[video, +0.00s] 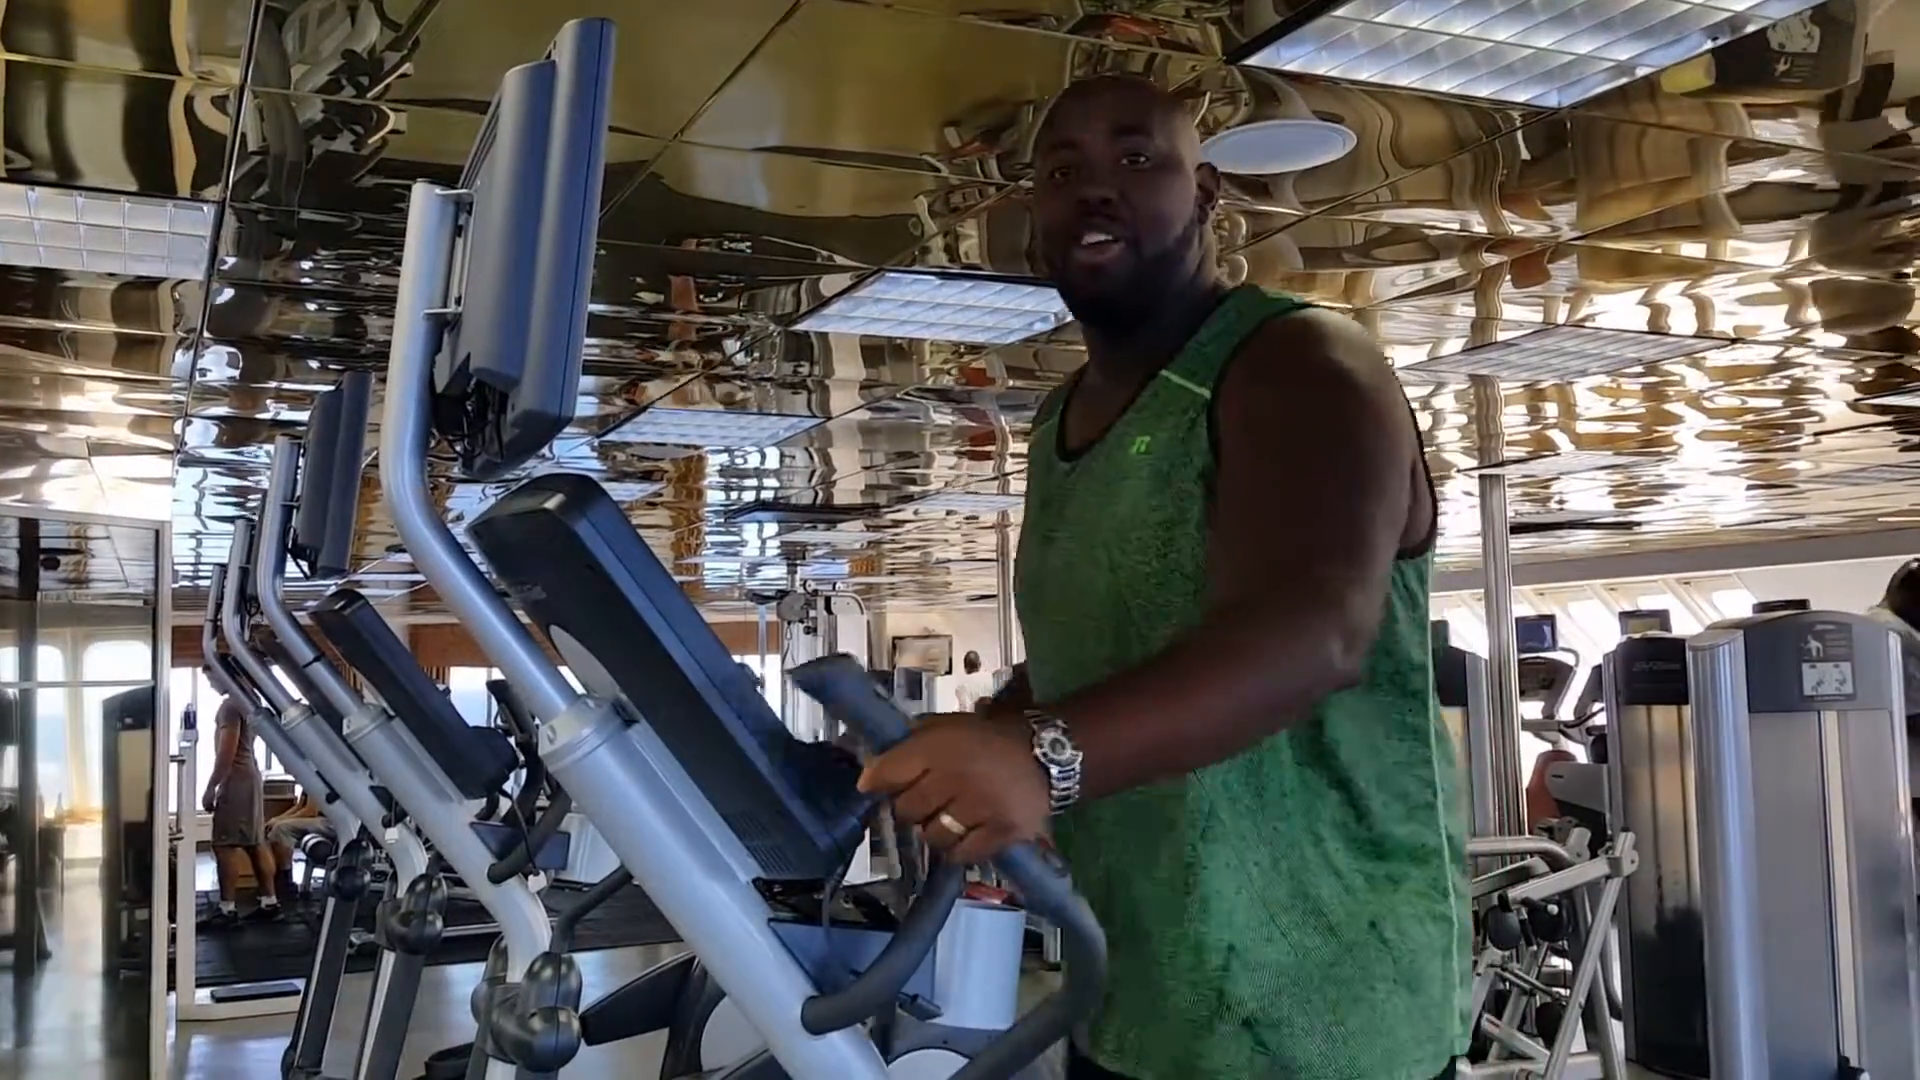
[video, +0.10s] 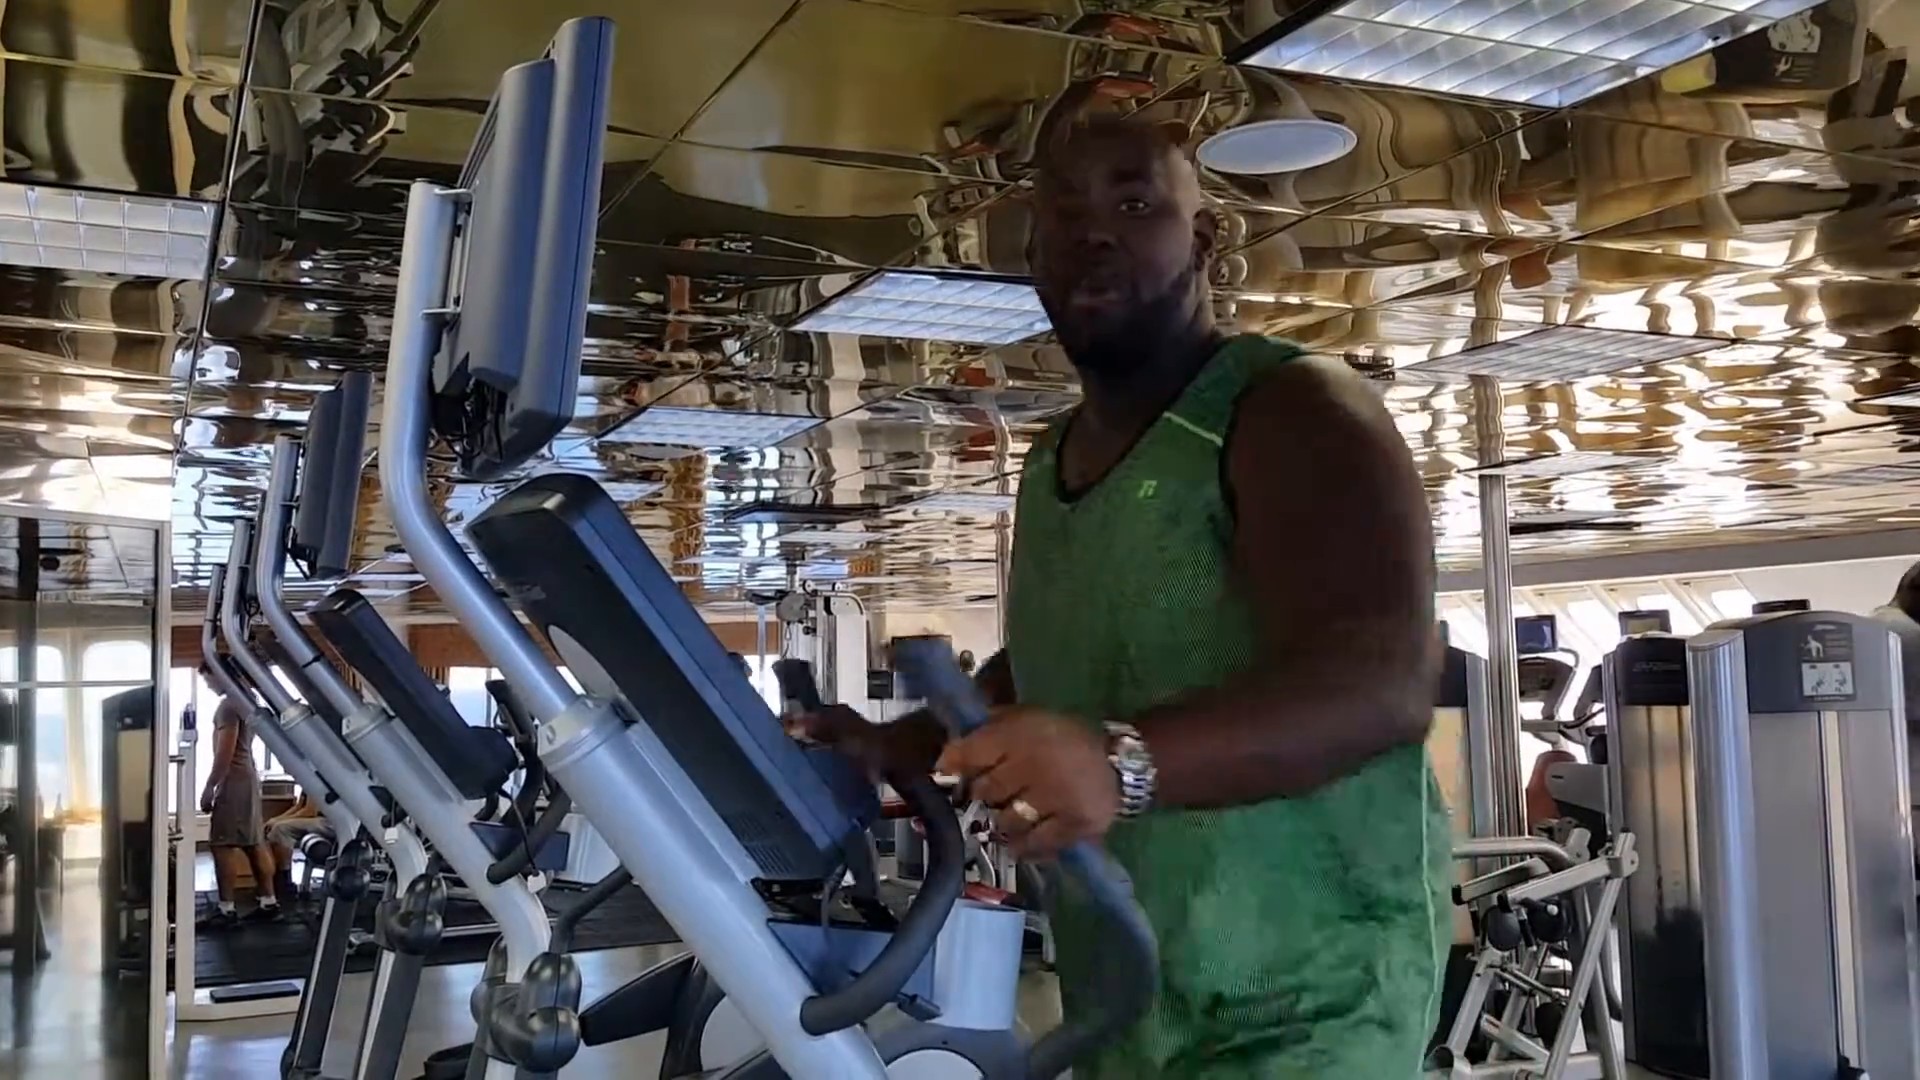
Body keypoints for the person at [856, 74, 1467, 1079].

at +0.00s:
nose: (1091, 186)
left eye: (1134, 158)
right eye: (1062, 166)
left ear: (1205, 196)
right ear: (1034, 213)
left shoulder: (1310, 367)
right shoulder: (1066, 421)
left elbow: (1314, 625)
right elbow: (1083, 656)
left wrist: (1052, 758)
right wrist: (978, 754)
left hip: (1321, 994)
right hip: (1135, 983)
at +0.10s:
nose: (1093, 229)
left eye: (1135, 202)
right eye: (1063, 205)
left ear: (1200, 244)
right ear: (1027, 248)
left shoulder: (1302, 410)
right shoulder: (1054, 466)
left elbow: (1379, 682)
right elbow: (1047, 673)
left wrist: (1125, 761)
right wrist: (893, 750)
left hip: (1313, 1009)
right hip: (1117, 1005)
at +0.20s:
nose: (1093, 278)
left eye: (1135, 245)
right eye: (1062, 251)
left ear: (1202, 278)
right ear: (1032, 288)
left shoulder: (1311, 446)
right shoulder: (1050, 502)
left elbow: (1468, 716)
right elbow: (1002, 707)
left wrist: (1231, 792)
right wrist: (802, 742)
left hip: (1311, 1022)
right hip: (1111, 1021)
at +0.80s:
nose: (1125, 281)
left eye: (1170, 250)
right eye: (1097, 255)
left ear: (1244, 285)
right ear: (1065, 287)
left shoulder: (1349, 460)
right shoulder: (1114, 496)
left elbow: (1448, 756)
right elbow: (1104, 697)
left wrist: (1134, 775)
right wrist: (886, 754)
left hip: (1371, 1046)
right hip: (1145, 1041)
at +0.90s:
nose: (1116, 277)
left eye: (1162, 241)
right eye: (1090, 249)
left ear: (1239, 273)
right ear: (1062, 281)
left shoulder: (1342, 439)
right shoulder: (1121, 474)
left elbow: (1347, 730)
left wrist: (1053, 771)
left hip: (1347, 1027)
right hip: (1150, 1016)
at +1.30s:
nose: (1093, 251)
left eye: (1136, 223)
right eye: (1064, 222)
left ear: (1202, 257)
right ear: (1030, 260)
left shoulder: (1307, 424)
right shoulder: (1064, 474)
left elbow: (1365, 705)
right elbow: (1058, 666)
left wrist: (1107, 767)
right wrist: (888, 744)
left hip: (1319, 1010)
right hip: (1132, 1007)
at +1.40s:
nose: (1096, 290)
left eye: (1136, 258)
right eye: (1065, 267)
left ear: (1205, 284)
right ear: (1035, 301)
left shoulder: (1323, 458)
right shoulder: (1056, 508)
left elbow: (1462, 734)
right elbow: (984, 713)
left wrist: (1219, 799)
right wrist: (787, 736)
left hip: (1322, 1012)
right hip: (1129, 1013)